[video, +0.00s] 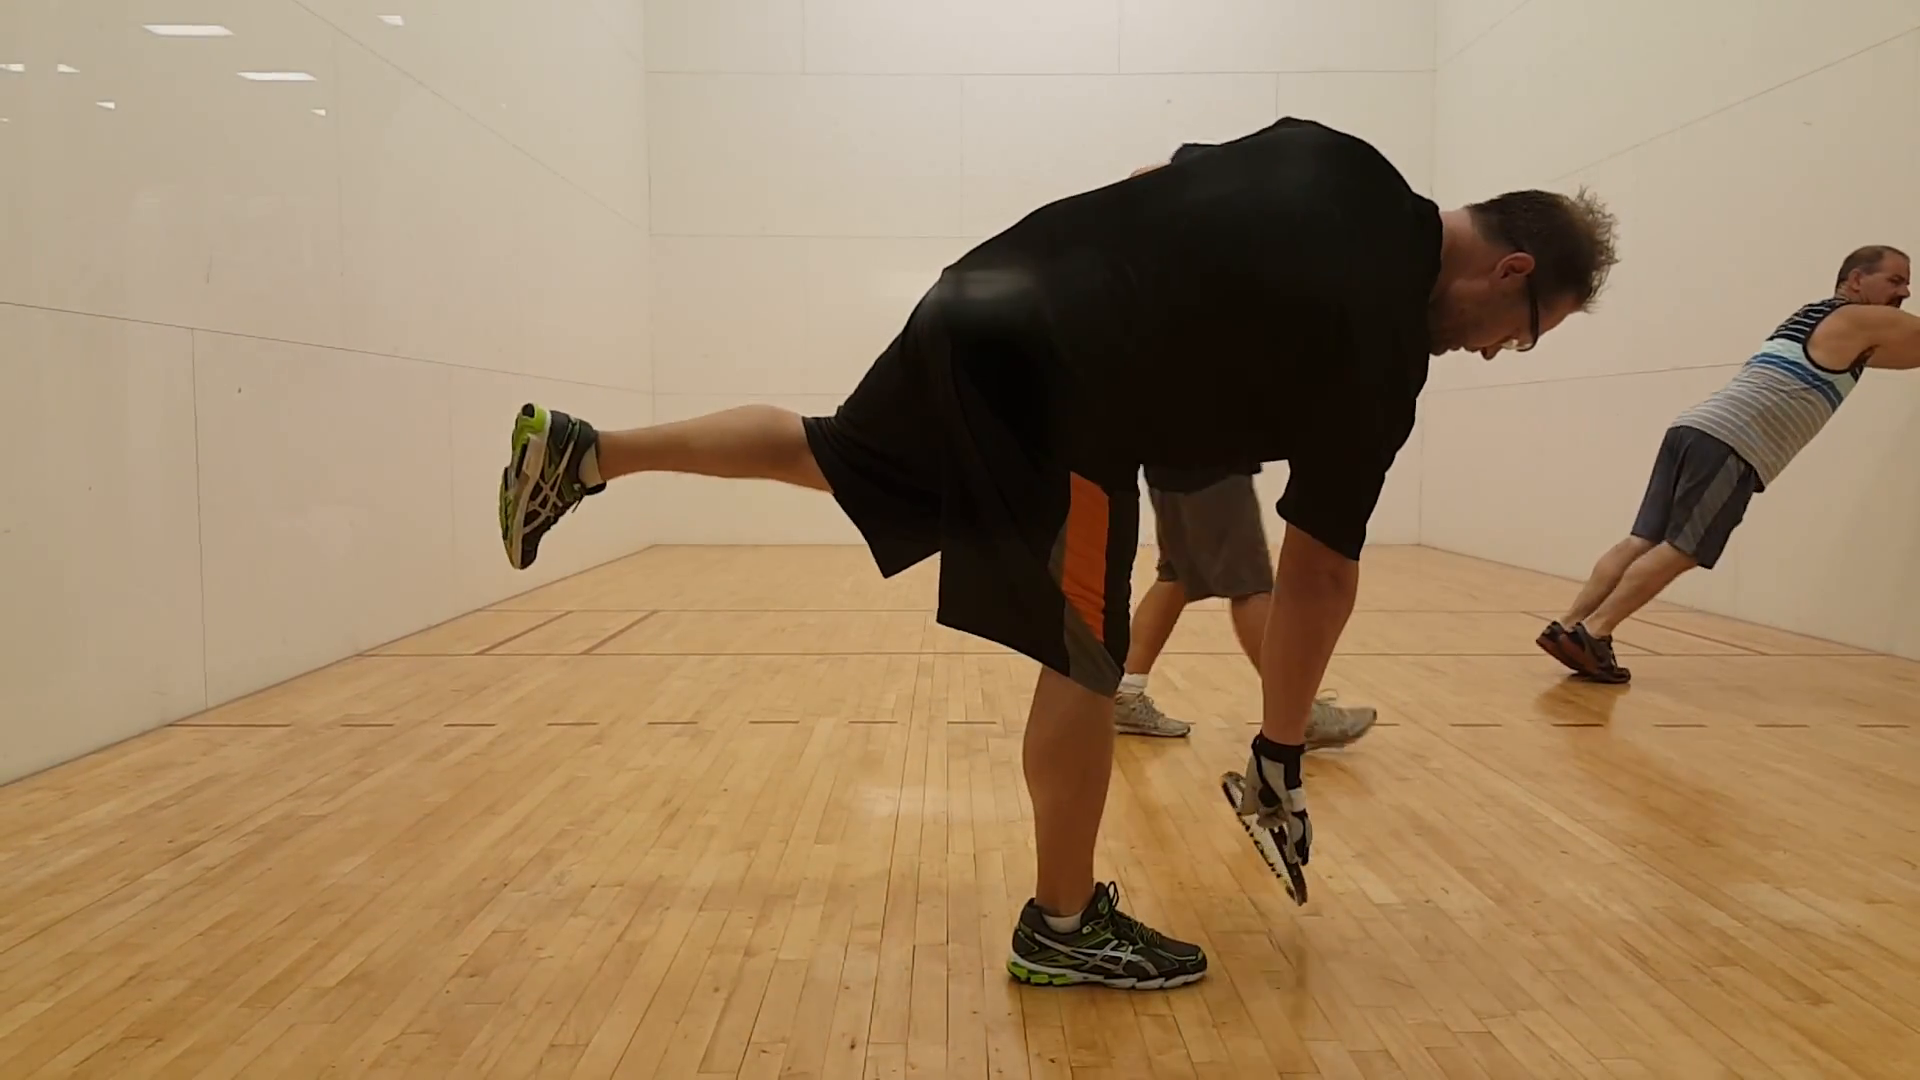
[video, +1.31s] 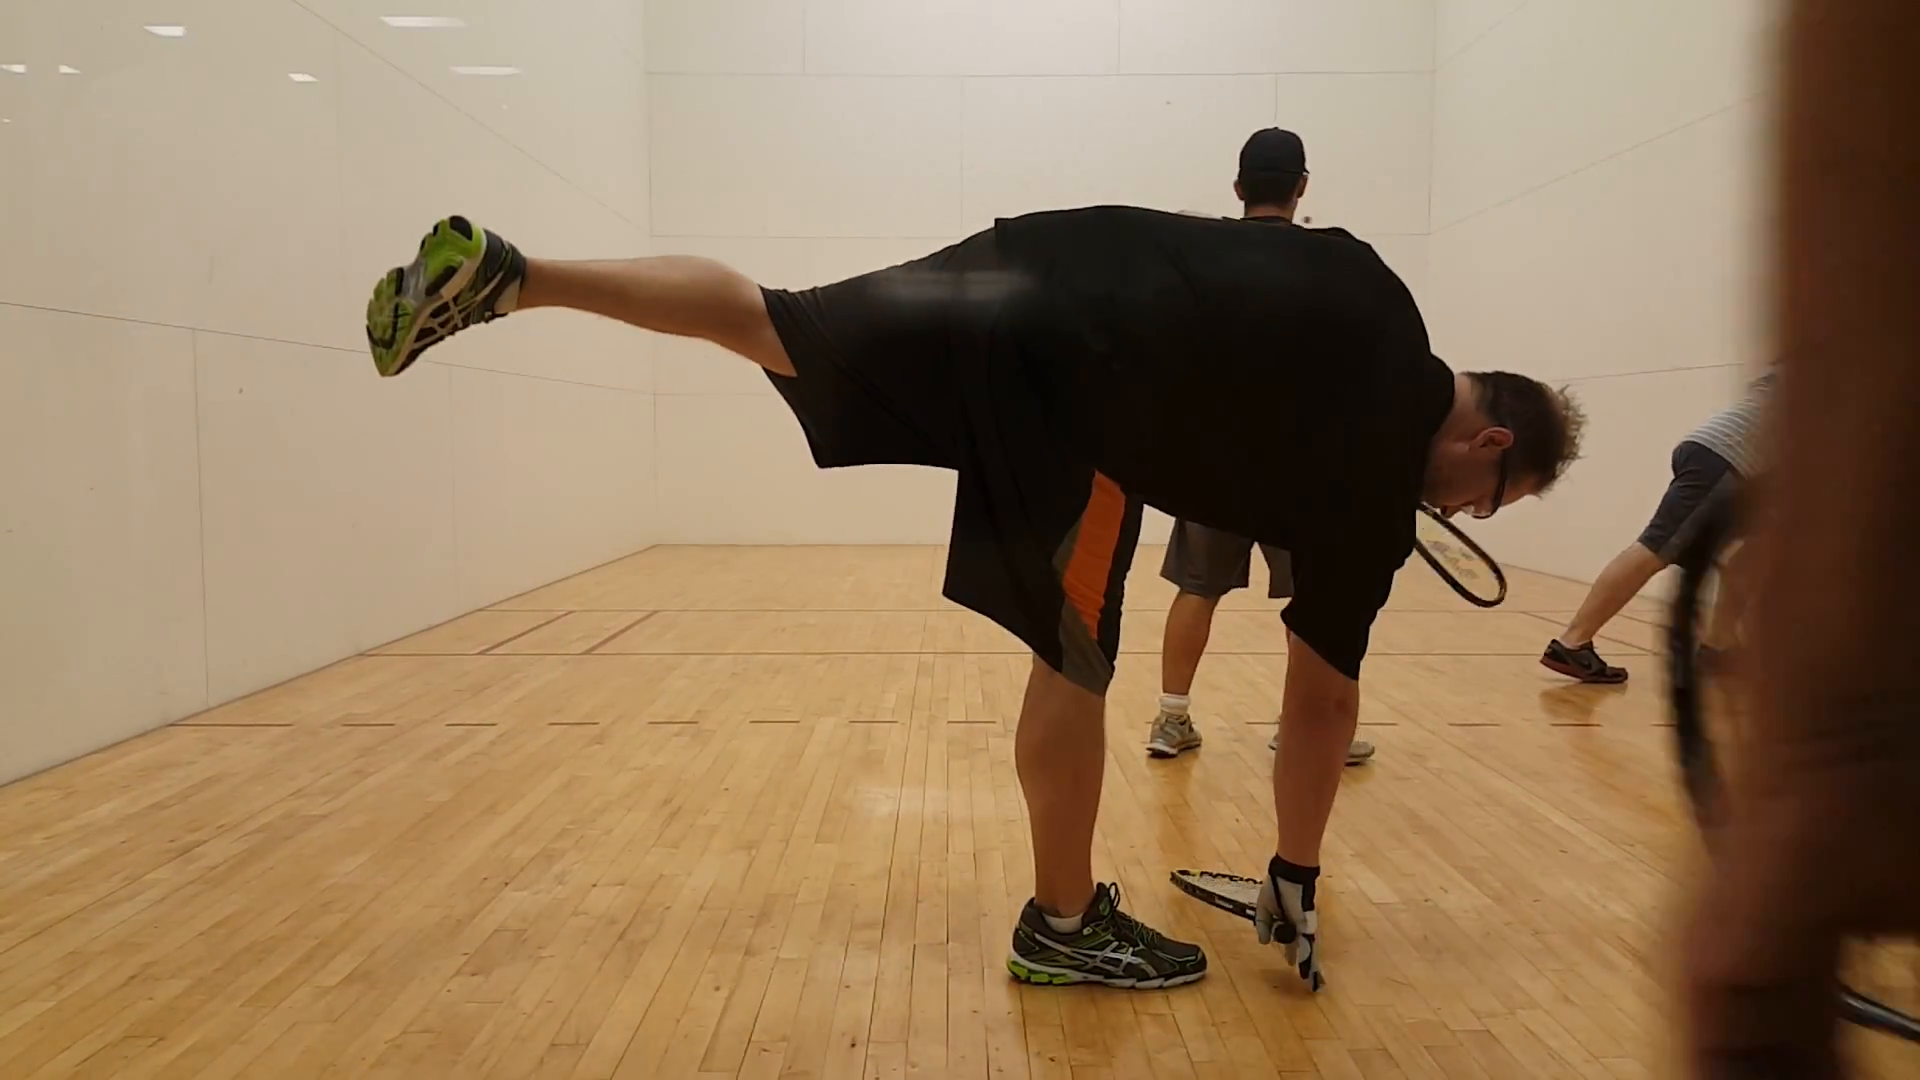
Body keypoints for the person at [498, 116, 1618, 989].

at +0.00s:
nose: (1496, 352)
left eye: (1518, 339)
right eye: (1520, 329)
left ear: (1479, 229)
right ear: (1506, 267)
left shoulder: (1329, 155)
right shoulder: (1382, 348)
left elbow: (1153, 183)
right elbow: (1314, 574)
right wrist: (1279, 753)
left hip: (982, 296)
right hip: (1067, 385)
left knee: (840, 455)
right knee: (1089, 646)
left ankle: (585, 451)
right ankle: (1063, 921)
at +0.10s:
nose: (1494, 365)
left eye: (1515, 353)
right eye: (1517, 342)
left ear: (1481, 245)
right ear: (1505, 279)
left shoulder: (1331, 168)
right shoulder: (1380, 356)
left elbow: (1189, 250)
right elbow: (1316, 585)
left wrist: (1231, 508)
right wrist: (1281, 757)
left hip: (978, 302)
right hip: (1064, 391)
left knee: (843, 466)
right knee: (1103, 658)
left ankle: (584, 468)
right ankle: (1064, 923)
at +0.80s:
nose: (1487, 449)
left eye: (1511, 434)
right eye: (1508, 429)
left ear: (1477, 315)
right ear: (1493, 377)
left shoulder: (1352, 237)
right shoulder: (1384, 436)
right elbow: (1319, 648)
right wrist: (1289, 824)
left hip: (1009, 278)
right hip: (1080, 386)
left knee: (790, 396)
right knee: (1081, 660)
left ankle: (522, 405)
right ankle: (1063, 924)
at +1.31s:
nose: (1471, 509)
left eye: (1492, 499)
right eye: (1490, 492)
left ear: (1475, 392)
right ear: (1483, 441)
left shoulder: (1368, 287)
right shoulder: (1374, 489)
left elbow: (1205, 265)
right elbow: (1319, 690)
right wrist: (1294, 878)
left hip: (1033, 264)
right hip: (1083, 388)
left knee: (787, 332)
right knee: (1075, 655)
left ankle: (511, 275)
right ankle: (1063, 921)